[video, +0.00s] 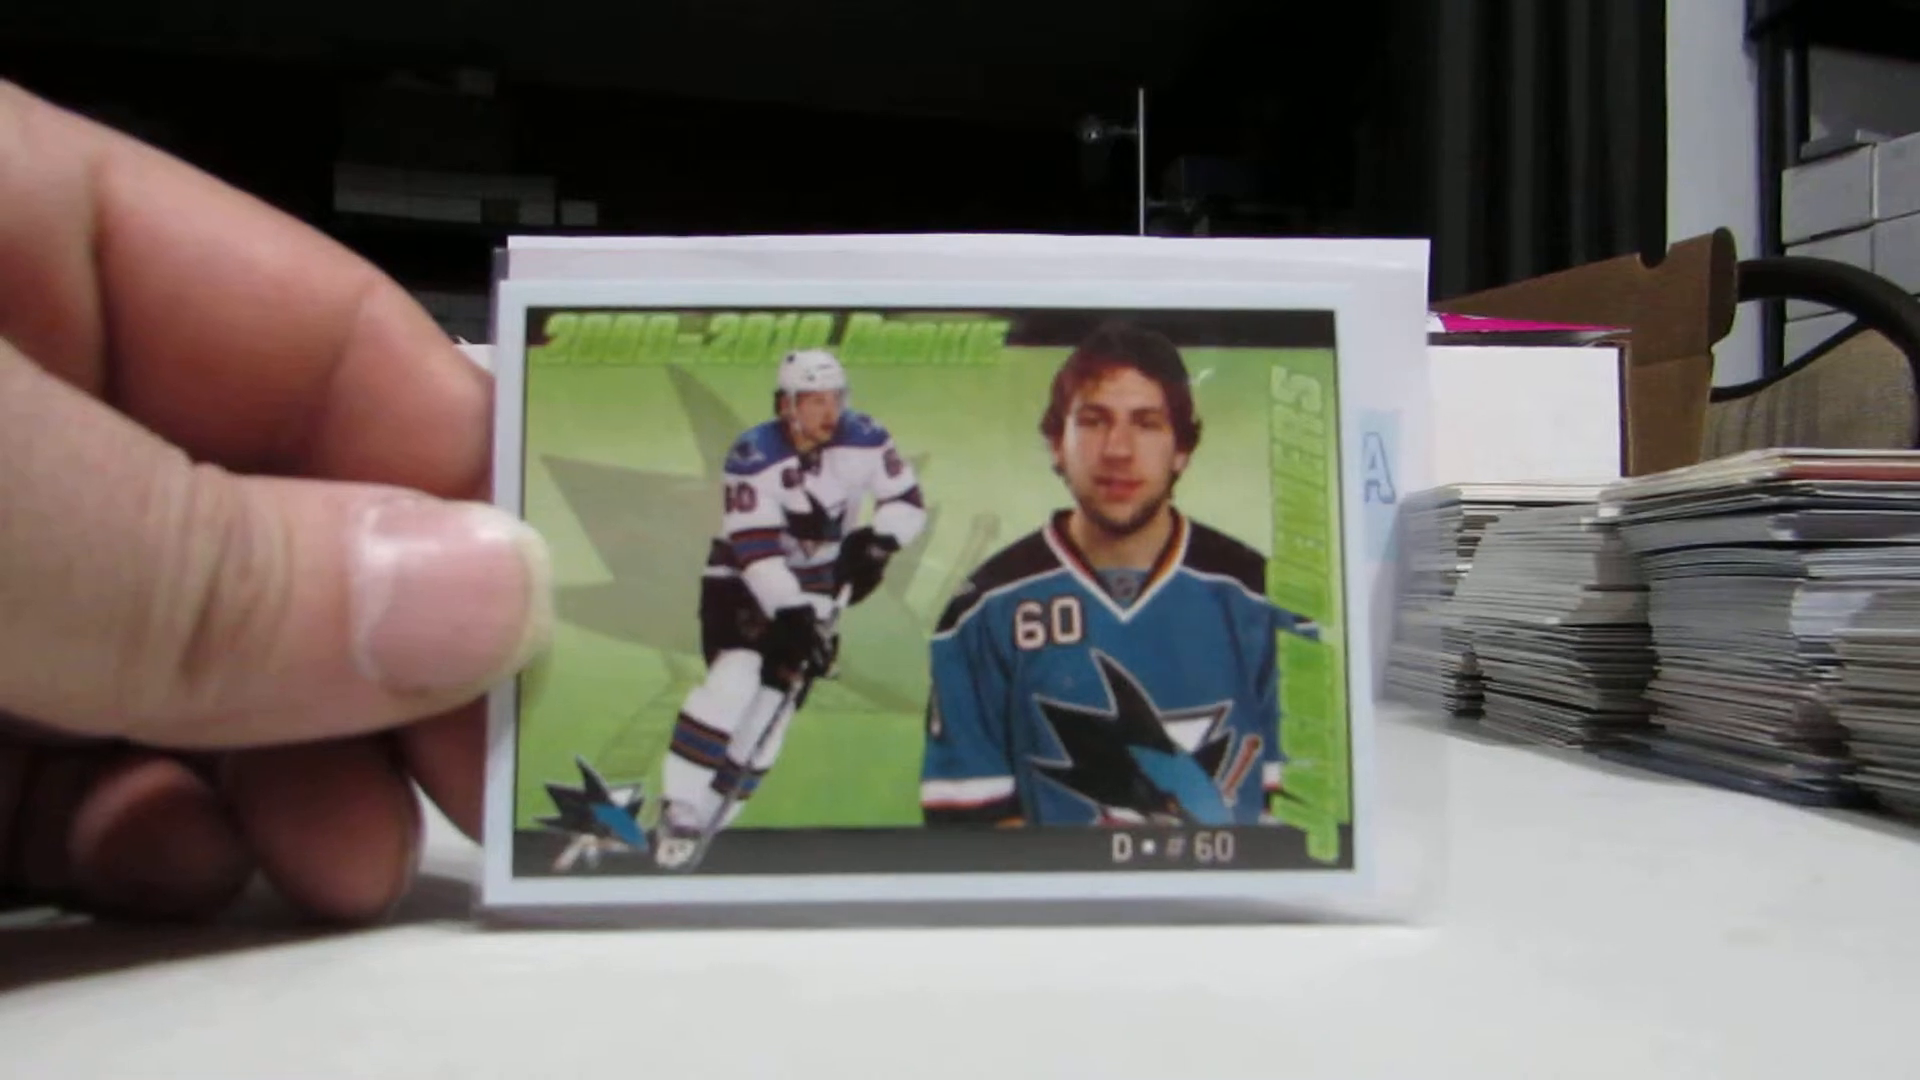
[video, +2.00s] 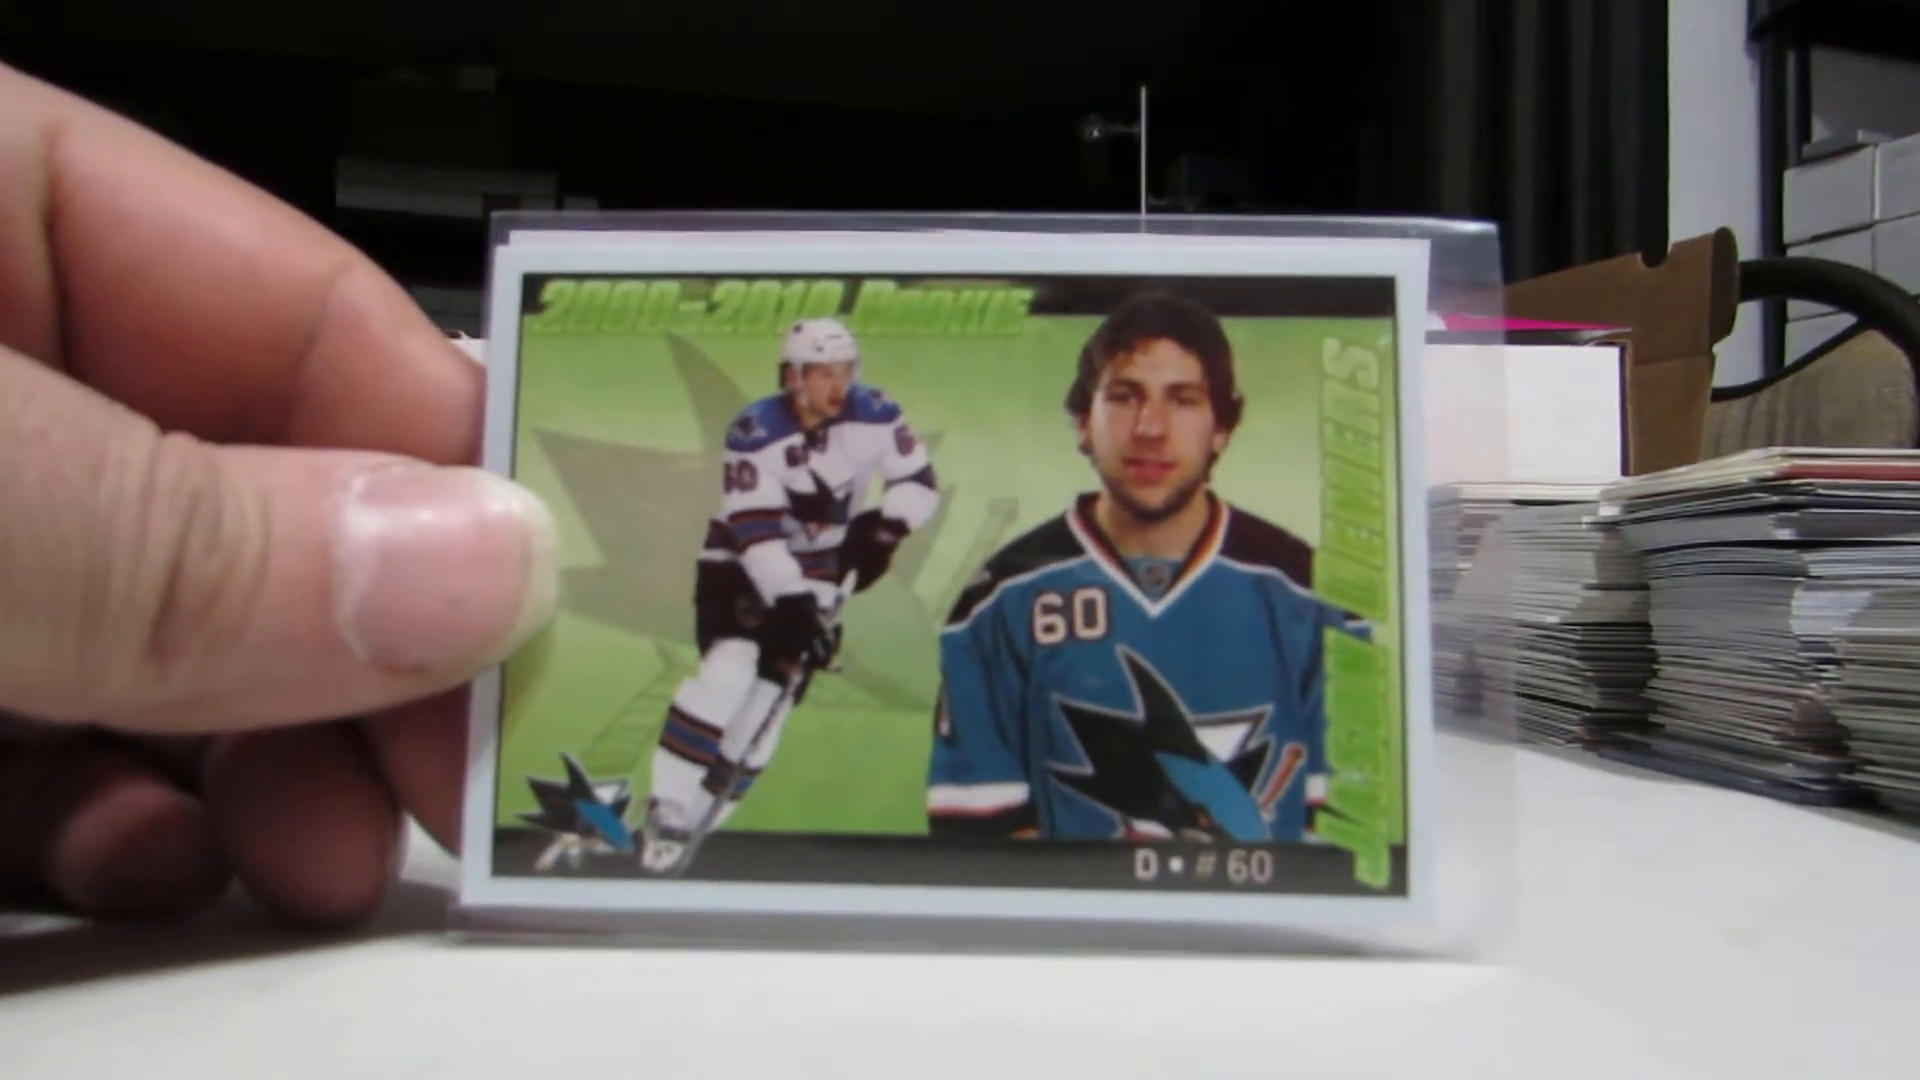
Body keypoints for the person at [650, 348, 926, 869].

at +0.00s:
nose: (824, 413)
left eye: (831, 400)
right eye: (811, 401)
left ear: (842, 401)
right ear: (785, 406)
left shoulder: (866, 440)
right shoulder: (754, 455)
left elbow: (906, 501)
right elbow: (754, 545)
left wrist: (876, 546)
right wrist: (791, 611)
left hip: (818, 586)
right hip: (745, 577)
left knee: (775, 705)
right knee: (736, 674)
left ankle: (710, 820)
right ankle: (682, 813)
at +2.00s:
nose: (840, 386)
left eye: (847, 374)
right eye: (827, 375)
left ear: (855, 374)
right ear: (795, 378)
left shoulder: (874, 416)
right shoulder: (756, 432)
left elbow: (918, 483)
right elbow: (754, 526)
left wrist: (882, 533)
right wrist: (791, 599)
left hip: (819, 570)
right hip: (743, 560)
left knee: (772, 697)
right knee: (731, 666)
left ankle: (702, 820)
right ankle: (670, 810)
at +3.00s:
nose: (831, 365)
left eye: (838, 351)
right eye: (815, 352)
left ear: (848, 350)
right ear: (780, 357)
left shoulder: (871, 399)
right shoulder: (739, 416)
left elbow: (920, 472)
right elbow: (738, 523)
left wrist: (882, 526)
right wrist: (780, 603)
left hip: (811, 573)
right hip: (727, 563)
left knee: (759, 715)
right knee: (714, 679)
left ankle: (683, 852)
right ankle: (646, 841)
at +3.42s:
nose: (828, 364)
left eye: (835, 350)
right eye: (812, 352)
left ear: (845, 350)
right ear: (776, 357)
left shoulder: (869, 399)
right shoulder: (735, 416)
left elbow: (918, 472)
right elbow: (735, 524)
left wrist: (879, 528)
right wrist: (778, 604)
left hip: (808, 574)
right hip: (723, 564)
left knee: (756, 716)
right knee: (711, 680)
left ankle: (679, 854)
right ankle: (643, 843)